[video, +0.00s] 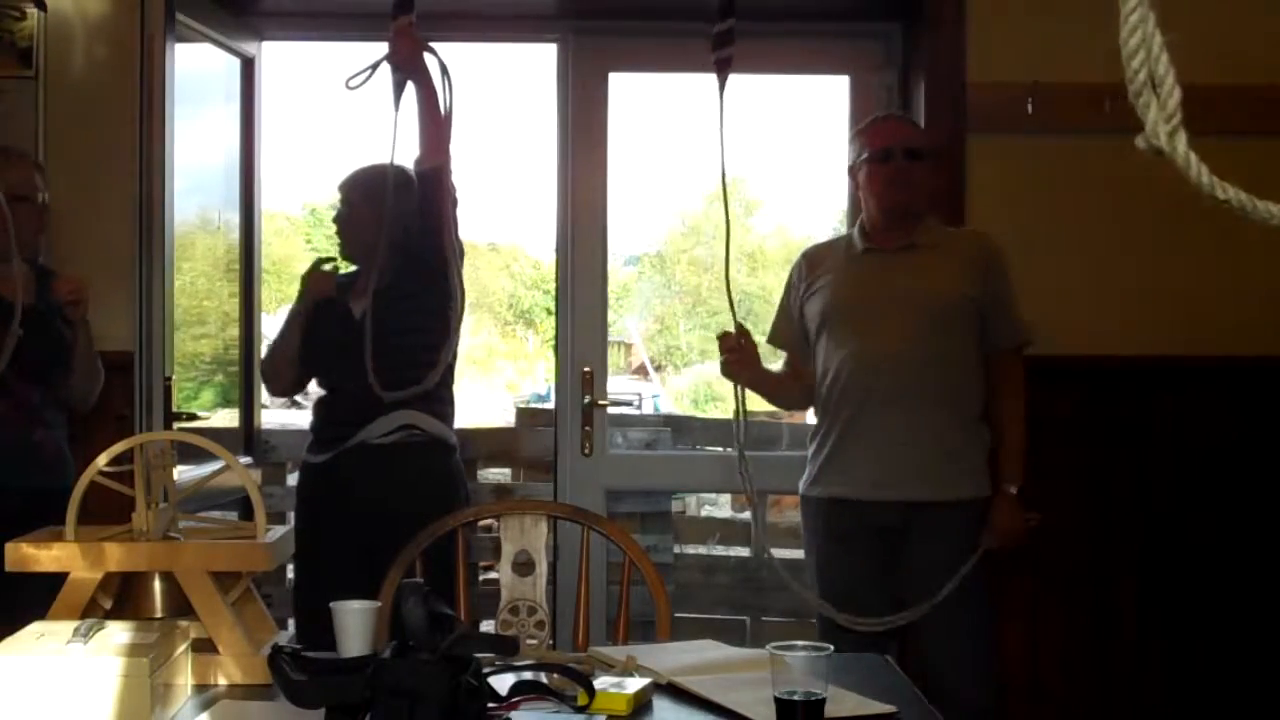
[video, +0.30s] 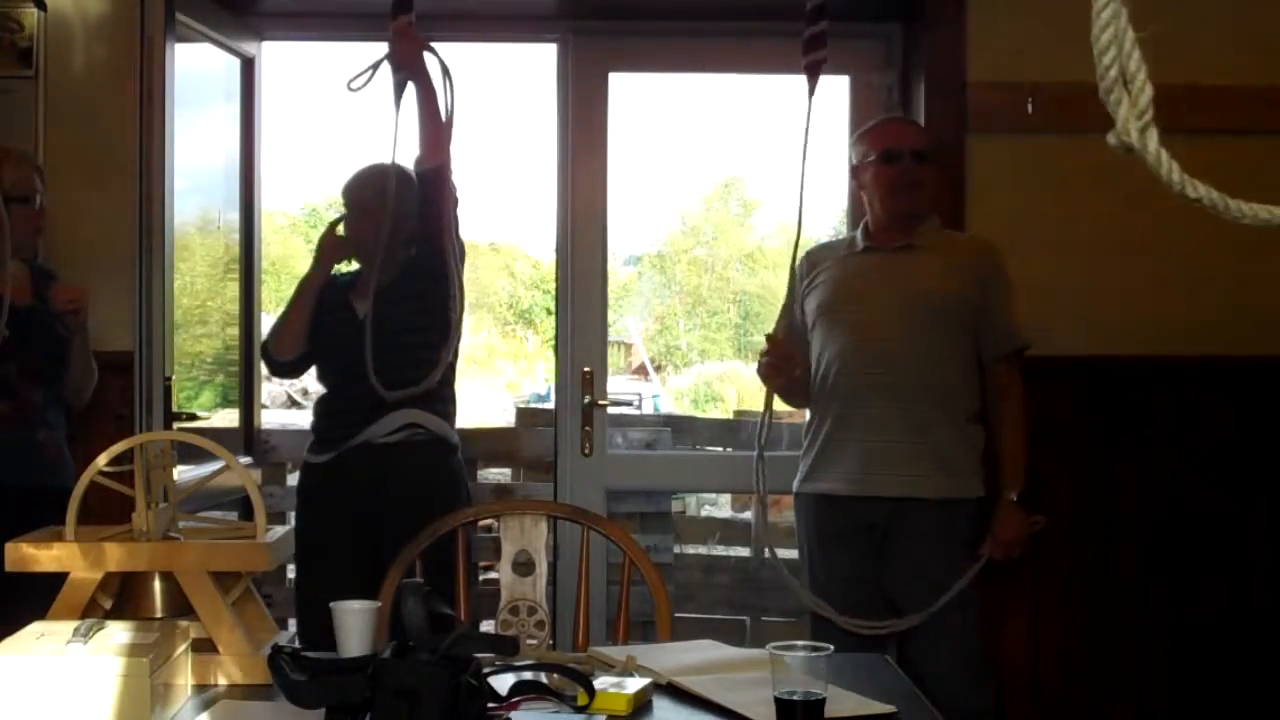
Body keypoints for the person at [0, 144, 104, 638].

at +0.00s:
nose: (33, 212)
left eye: (37, 199)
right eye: (20, 198)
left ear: (47, 208)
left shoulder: (48, 289)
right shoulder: (5, 286)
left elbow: (82, 396)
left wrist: (79, 323)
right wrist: (14, 310)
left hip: (46, 470)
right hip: (7, 469)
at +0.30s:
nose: (38, 214)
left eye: (39, 199)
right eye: (23, 200)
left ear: (42, 207)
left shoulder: (44, 287)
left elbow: (78, 394)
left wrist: (77, 330)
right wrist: (11, 306)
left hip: (44, 464)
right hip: (11, 464)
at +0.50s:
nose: (23, 213)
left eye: (25, 199)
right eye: (12, 200)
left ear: (34, 207)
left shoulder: (39, 282)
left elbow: (96, 368)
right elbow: (96, 366)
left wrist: (96, 283)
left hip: (41, 467)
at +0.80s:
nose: (23, 205)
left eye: (25, 193)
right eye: (11, 193)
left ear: (30, 201)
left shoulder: (35, 281)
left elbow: (88, 375)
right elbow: (87, 374)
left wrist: (122, 314)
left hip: (40, 467)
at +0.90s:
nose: (26, 206)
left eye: (26, 193)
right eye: (13, 193)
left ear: (32, 201)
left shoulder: (32, 280)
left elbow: (99, 367)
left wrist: (142, 288)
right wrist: (9, 253)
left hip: (42, 476)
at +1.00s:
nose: (25, 209)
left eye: (26, 196)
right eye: (14, 196)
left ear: (29, 202)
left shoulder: (34, 280)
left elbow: (106, 354)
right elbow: (105, 353)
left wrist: (145, 267)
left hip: (40, 475)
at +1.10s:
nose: (27, 211)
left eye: (30, 199)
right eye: (17, 197)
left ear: (36, 208)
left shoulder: (33, 282)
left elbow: (120, 335)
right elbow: (121, 334)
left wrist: (136, 245)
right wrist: (136, 247)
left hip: (38, 476)